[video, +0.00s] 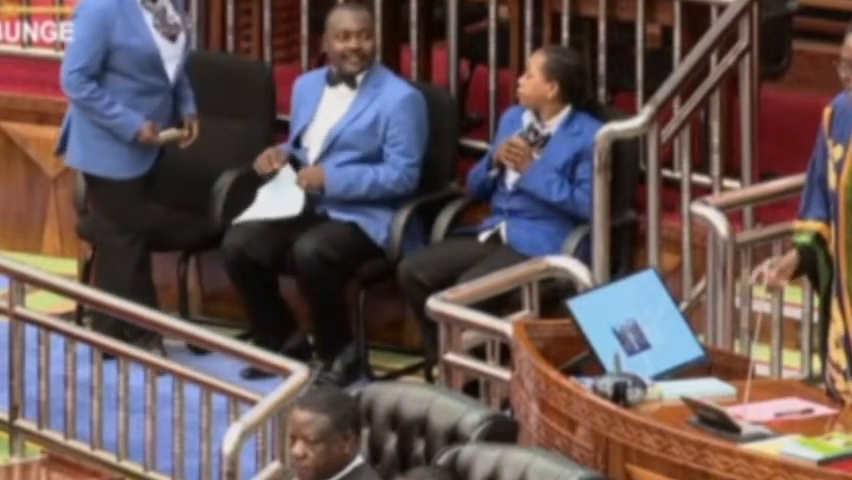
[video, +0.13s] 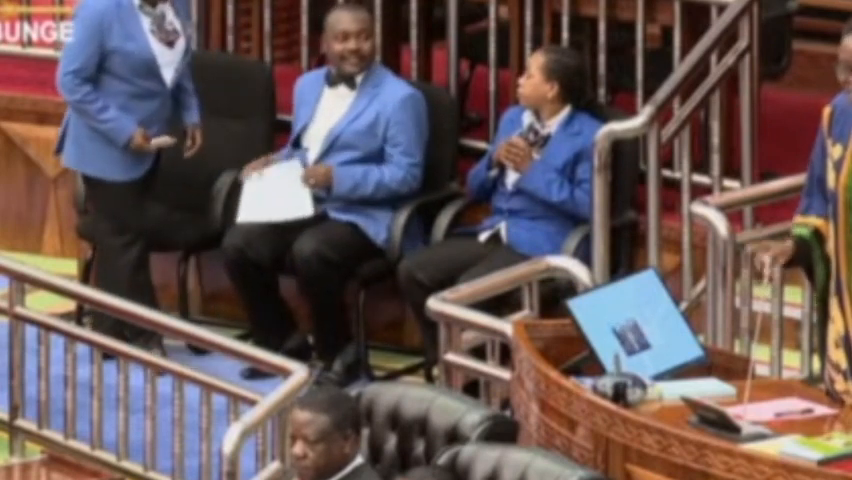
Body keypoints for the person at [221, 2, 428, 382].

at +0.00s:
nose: (354, 46)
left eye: (363, 36)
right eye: (343, 37)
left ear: (375, 41)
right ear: (325, 43)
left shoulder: (400, 98)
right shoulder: (307, 86)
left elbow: (403, 177)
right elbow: (302, 147)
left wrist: (329, 179)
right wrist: (279, 156)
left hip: (365, 216)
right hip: (304, 208)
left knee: (311, 253)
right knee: (240, 247)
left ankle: (336, 354)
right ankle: (281, 342)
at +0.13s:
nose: (353, 47)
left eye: (363, 37)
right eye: (342, 38)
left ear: (375, 41)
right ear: (324, 44)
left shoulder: (400, 98)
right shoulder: (307, 86)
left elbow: (406, 177)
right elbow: (303, 149)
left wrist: (336, 177)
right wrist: (274, 162)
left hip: (366, 215)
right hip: (304, 207)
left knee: (311, 252)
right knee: (240, 248)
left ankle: (336, 354)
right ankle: (281, 343)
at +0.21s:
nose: (353, 48)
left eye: (362, 38)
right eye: (341, 39)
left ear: (374, 41)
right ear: (324, 44)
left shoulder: (400, 98)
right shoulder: (306, 87)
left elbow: (408, 176)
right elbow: (301, 153)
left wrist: (339, 177)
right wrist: (264, 173)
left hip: (367, 215)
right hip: (304, 209)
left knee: (311, 252)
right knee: (240, 248)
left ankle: (336, 355)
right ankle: (282, 344)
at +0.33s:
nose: (352, 48)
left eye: (362, 39)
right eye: (341, 40)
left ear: (374, 42)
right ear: (323, 45)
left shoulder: (401, 98)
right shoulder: (305, 87)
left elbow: (411, 175)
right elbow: (299, 154)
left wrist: (340, 180)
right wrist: (266, 174)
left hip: (367, 216)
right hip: (303, 209)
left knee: (312, 253)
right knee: (239, 248)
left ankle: (338, 355)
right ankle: (283, 344)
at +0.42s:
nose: (352, 49)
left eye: (361, 39)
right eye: (340, 40)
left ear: (373, 42)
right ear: (322, 46)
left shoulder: (401, 98)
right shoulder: (304, 88)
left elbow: (412, 175)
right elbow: (299, 151)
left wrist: (339, 182)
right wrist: (273, 164)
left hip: (367, 216)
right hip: (302, 209)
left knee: (314, 254)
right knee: (239, 249)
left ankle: (337, 356)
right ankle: (282, 345)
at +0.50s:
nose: (351, 49)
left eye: (360, 39)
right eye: (340, 41)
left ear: (373, 42)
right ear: (321, 46)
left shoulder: (400, 98)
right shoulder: (301, 89)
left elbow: (413, 175)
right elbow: (296, 150)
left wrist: (338, 186)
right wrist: (279, 165)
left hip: (366, 217)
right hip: (301, 210)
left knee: (314, 254)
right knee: (239, 250)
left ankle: (338, 356)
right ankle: (282, 345)